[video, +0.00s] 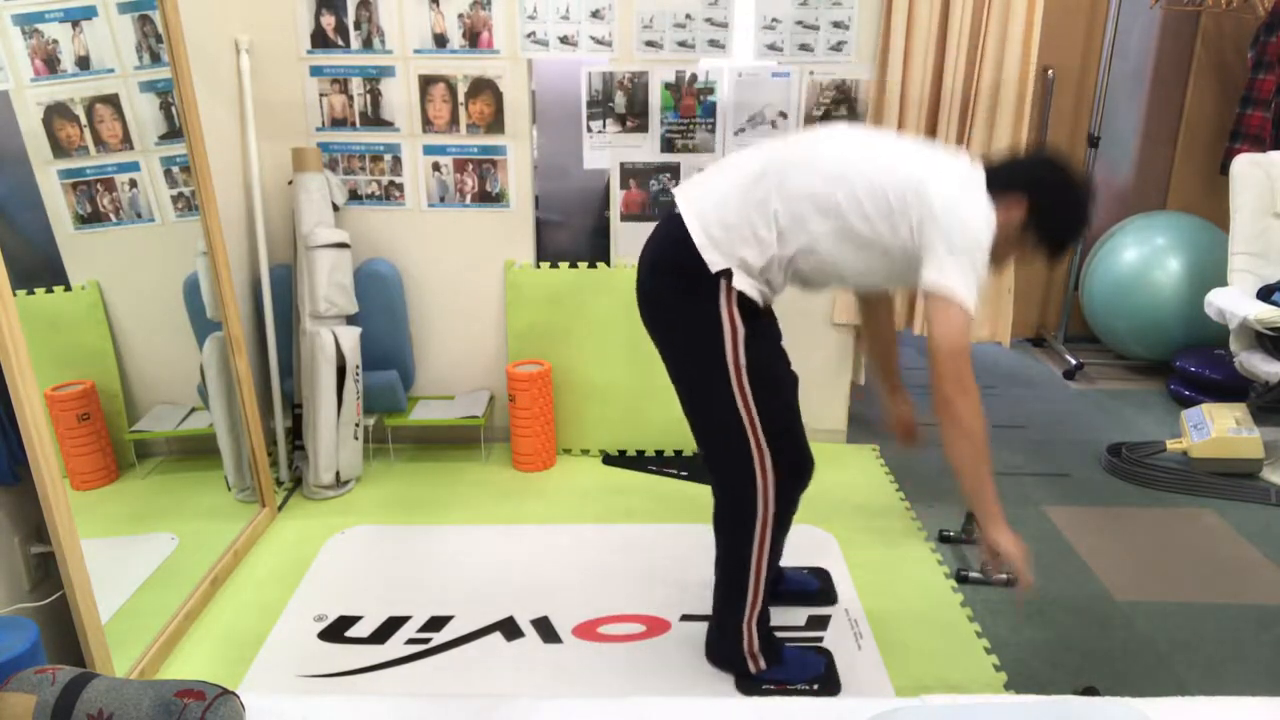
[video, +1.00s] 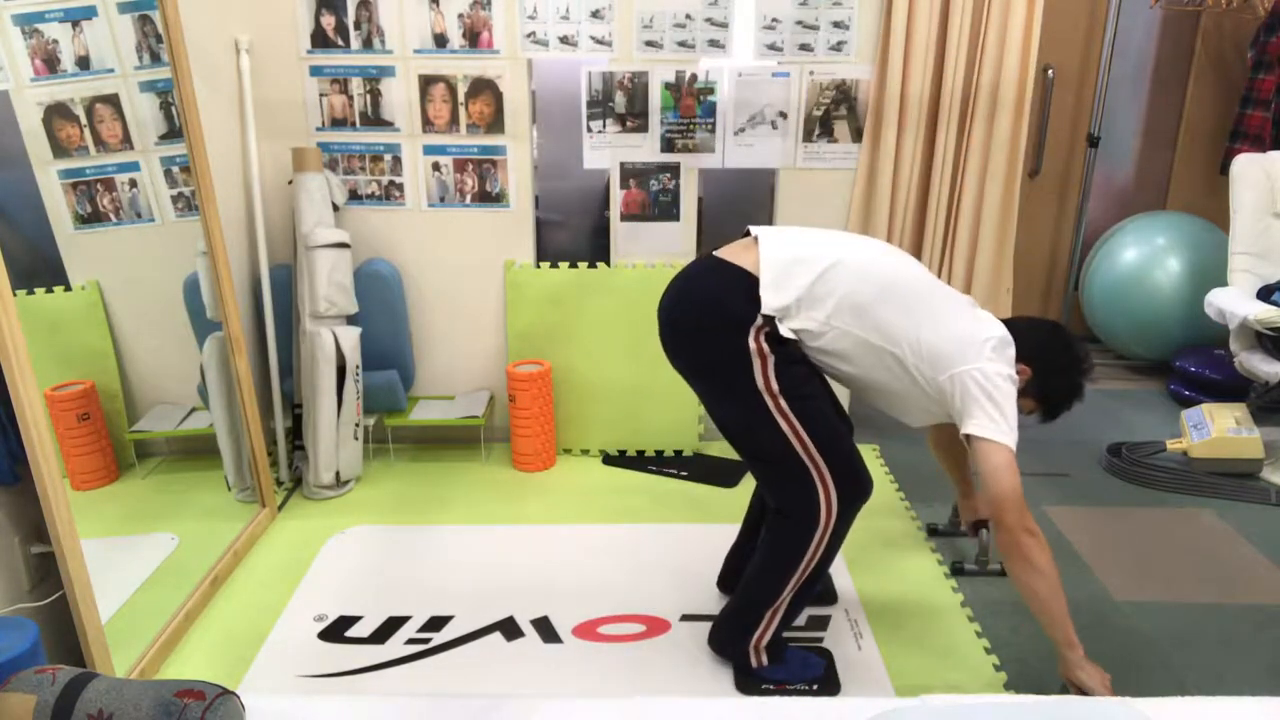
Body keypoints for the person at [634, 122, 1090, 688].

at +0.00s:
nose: (1010, 257)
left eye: (1024, 250)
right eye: (1024, 244)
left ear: (1007, 196)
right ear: (1015, 210)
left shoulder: (942, 176)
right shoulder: (963, 211)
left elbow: (873, 288)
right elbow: (953, 383)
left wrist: (895, 396)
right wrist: (992, 522)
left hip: (726, 261)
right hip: (704, 266)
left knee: (786, 459)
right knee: (761, 469)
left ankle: (751, 574)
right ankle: (743, 650)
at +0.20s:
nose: (985, 390)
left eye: (994, 383)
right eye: (997, 380)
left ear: (985, 329)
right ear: (992, 350)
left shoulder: (930, 304)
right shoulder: (949, 329)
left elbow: (933, 425)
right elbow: (982, 496)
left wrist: (973, 508)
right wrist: (1049, 625)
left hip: (707, 287)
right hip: (698, 304)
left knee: (808, 456)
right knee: (808, 483)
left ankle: (748, 577)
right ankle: (748, 649)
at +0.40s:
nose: (980, 433)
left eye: (989, 429)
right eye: (990, 422)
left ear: (981, 370)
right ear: (986, 390)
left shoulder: (935, 337)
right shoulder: (946, 369)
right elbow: (991, 535)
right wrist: (1060, 658)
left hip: (702, 306)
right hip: (701, 321)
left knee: (826, 466)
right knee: (822, 490)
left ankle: (751, 574)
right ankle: (747, 648)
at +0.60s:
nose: (995, 423)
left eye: (1004, 419)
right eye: (1008, 415)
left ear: (994, 356)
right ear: (999, 382)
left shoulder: (944, 332)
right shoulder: (960, 364)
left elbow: (935, 431)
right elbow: (1000, 537)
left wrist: (962, 500)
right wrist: (1060, 650)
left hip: (710, 300)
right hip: (712, 317)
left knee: (825, 453)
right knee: (829, 490)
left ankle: (751, 571)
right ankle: (746, 644)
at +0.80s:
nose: (1007, 415)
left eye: (1018, 411)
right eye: (1019, 408)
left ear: (1008, 342)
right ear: (1014, 370)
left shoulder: (953, 326)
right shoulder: (976, 362)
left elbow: (939, 428)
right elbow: (1008, 533)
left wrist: (967, 495)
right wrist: (1066, 650)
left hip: (710, 294)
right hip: (725, 313)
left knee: (818, 448)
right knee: (836, 488)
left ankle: (752, 572)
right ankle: (748, 643)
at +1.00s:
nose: (1015, 419)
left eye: (1023, 415)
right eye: (1026, 412)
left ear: (1014, 346)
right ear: (1021, 375)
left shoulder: (959, 328)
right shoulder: (984, 366)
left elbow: (942, 422)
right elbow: (1015, 532)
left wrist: (968, 492)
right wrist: (1073, 656)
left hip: (716, 291)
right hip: (730, 310)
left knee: (814, 452)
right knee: (837, 487)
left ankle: (752, 574)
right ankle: (748, 641)